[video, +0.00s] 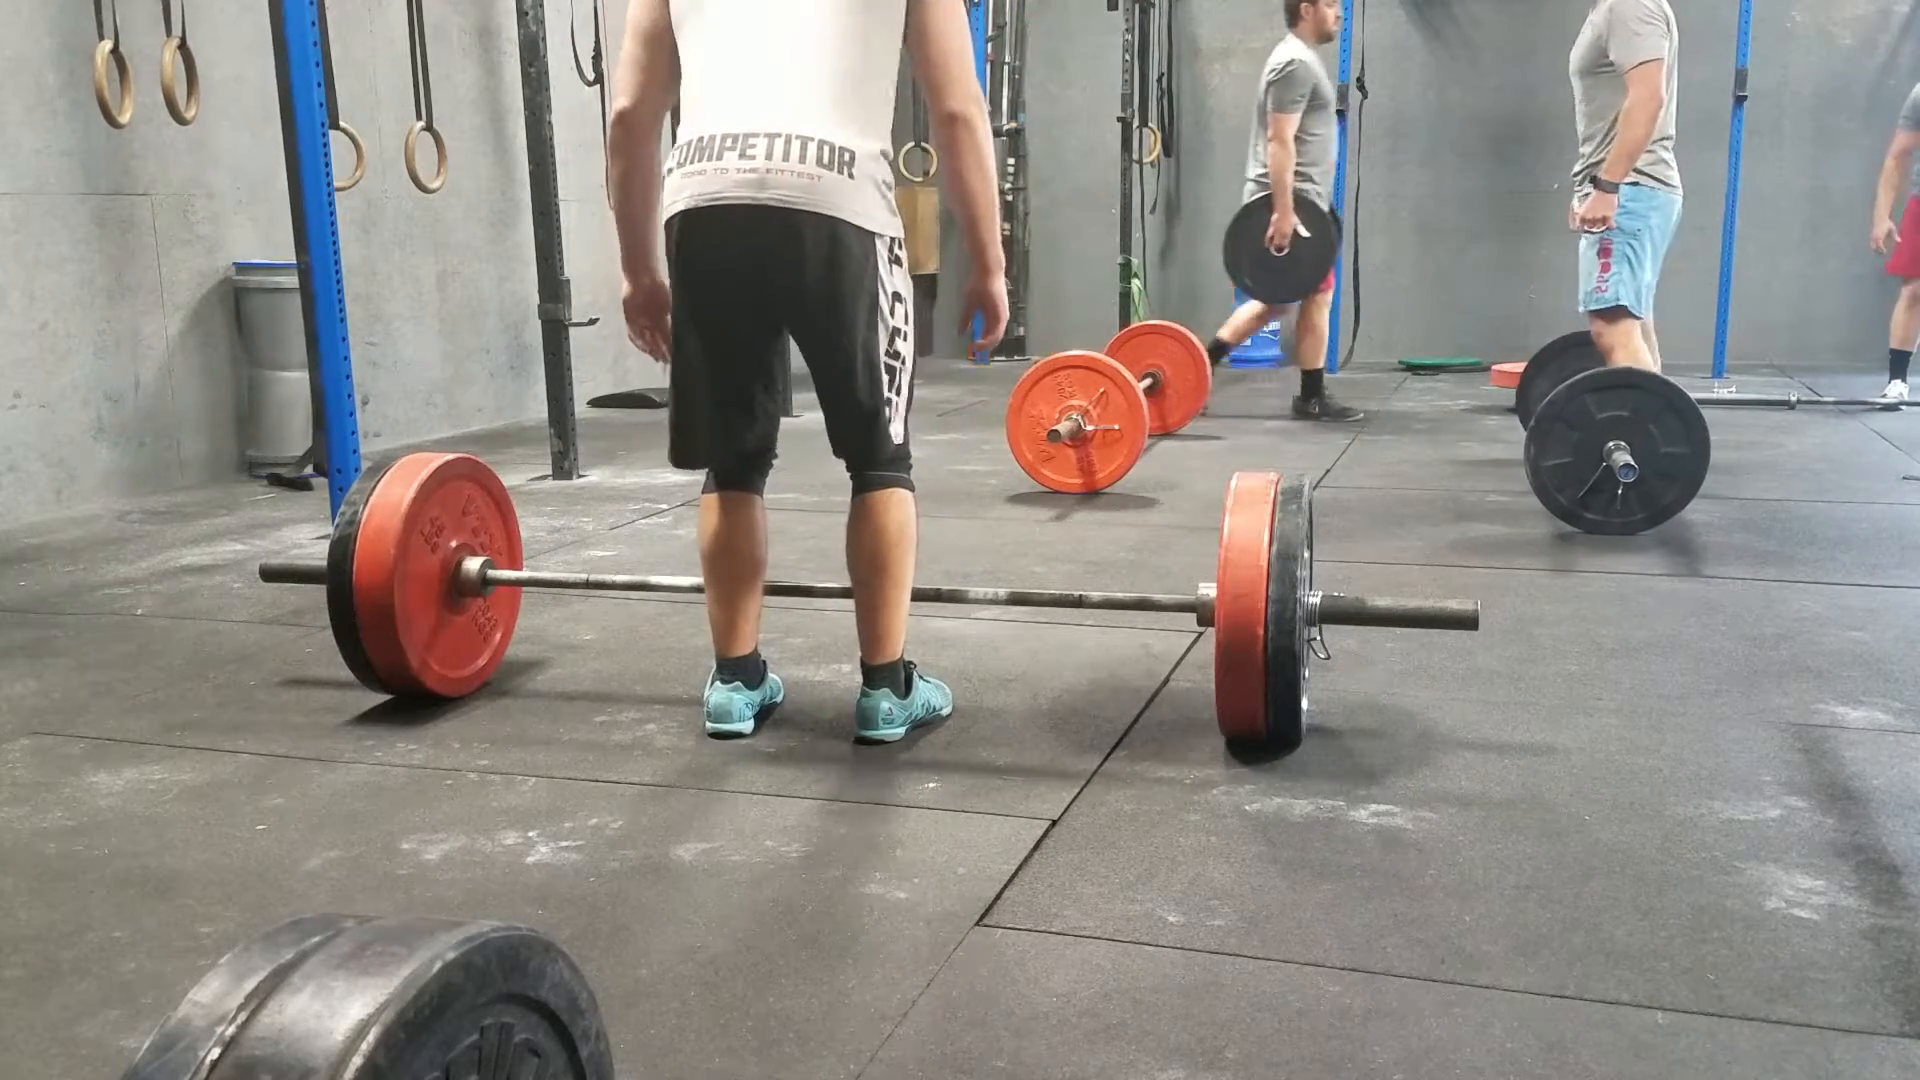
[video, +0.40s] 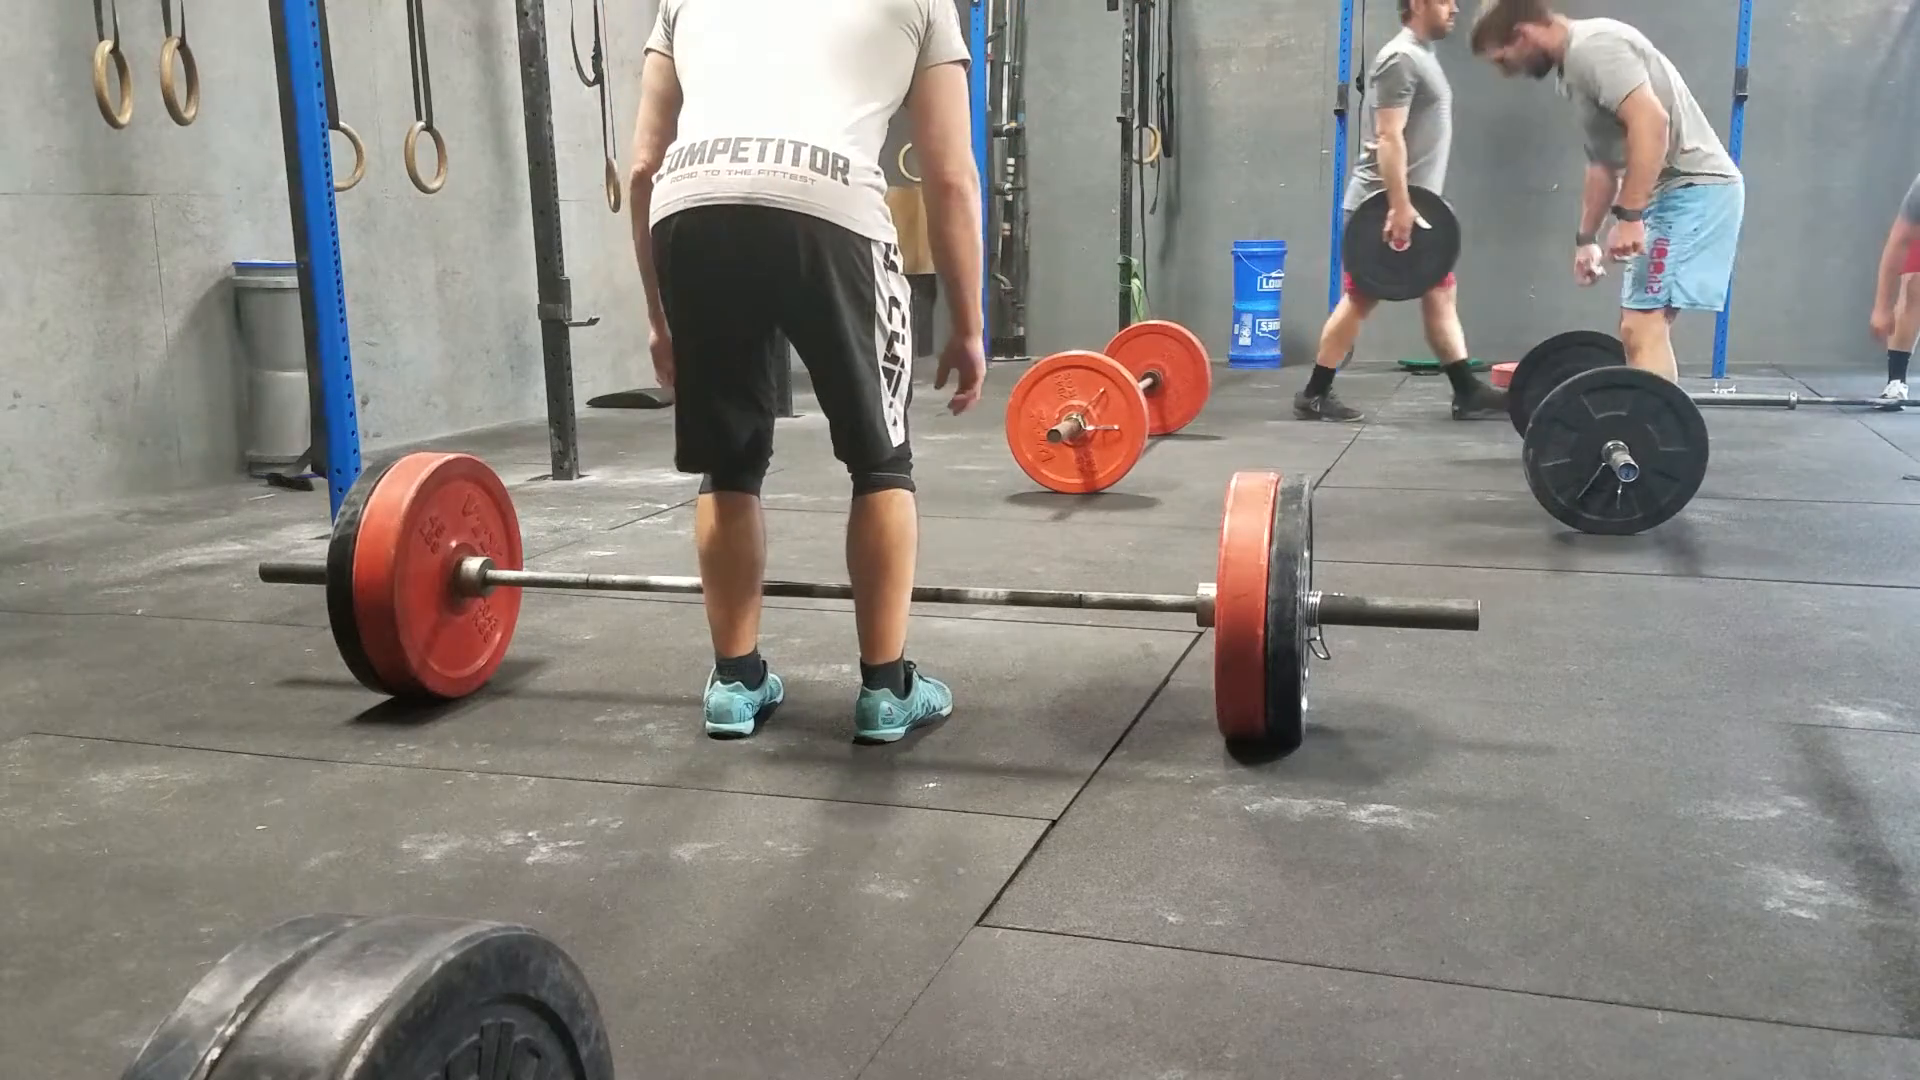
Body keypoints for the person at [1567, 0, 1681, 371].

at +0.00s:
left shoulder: (1631, 8)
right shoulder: (1615, 10)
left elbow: (1647, 99)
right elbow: (1619, 109)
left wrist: (1606, 186)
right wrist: (1587, 188)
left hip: (1630, 187)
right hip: (1636, 188)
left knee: (1613, 329)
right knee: (1632, 327)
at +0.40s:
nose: (1508, 72)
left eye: (1503, 60)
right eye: (1500, 64)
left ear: (1523, 33)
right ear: (1526, 34)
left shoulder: (1593, 47)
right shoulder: (1578, 66)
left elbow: (1650, 121)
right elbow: (1601, 164)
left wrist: (1629, 216)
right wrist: (1587, 238)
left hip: (1694, 186)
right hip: (1676, 188)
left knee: (1642, 327)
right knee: (1643, 329)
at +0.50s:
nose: (1501, 119)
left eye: (1495, 109)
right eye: (1493, 114)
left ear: (1512, 76)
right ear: (1511, 76)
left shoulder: (1580, 77)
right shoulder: (1562, 115)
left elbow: (1645, 144)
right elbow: (1593, 195)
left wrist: (1640, 236)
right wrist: (1586, 274)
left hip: (1711, 188)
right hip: (1686, 192)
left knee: (1646, 328)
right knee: (1647, 331)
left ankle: (1659, 458)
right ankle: (1661, 457)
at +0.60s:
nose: (1497, 159)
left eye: (1490, 150)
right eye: (1488, 156)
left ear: (1501, 121)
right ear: (1500, 121)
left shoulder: (1569, 109)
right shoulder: (1555, 149)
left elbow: (1645, 164)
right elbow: (1586, 227)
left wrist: (1652, 252)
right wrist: (1580, 308)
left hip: (1721, 187)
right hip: (1699, 193)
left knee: (1650, 324)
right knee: (1646, 325)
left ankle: (1658, 455)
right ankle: (1658, 453)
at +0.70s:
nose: (1496, 197)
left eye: (1487, 189)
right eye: (1486, 195)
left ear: (1496, 161)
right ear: (1497, 158)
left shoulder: (1562, 138)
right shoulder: (1554, 178)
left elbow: (1644, 179)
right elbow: (1582, 258)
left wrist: (1663, 265)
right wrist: (1573, 339)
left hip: (1724, 191)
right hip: (1705, 198)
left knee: (1648, 324)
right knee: (1651, 328)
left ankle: (1658, 455)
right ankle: (1657, 455)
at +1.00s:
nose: (1499, 261)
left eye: (1488, 255)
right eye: (1489, 259)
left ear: (1488, 226)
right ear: (1491, 222)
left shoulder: (1547, 192)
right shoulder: (1548, 230)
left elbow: (1629, 227)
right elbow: (1577, 307)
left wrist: (1658, 309)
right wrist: (1580, 390)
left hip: (1726, 193)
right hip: (1705, 202)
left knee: (1634, 328)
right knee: (1631, 327)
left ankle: (1660, 452)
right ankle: (1653, 450)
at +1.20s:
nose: (1498, 274)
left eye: (1488, 267)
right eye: (1489, 275)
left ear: (1489, 233)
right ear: (1493, 229)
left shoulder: (1549, 212)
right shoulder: (1539, 233)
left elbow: (1615, 277)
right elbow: (1580, 310)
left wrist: (1622, 366)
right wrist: (1587, 387)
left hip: (1727, 198)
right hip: (1720, 202)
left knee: (1638, 324)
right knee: (1641, 329)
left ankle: (1656, 439)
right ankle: (1662, 439)